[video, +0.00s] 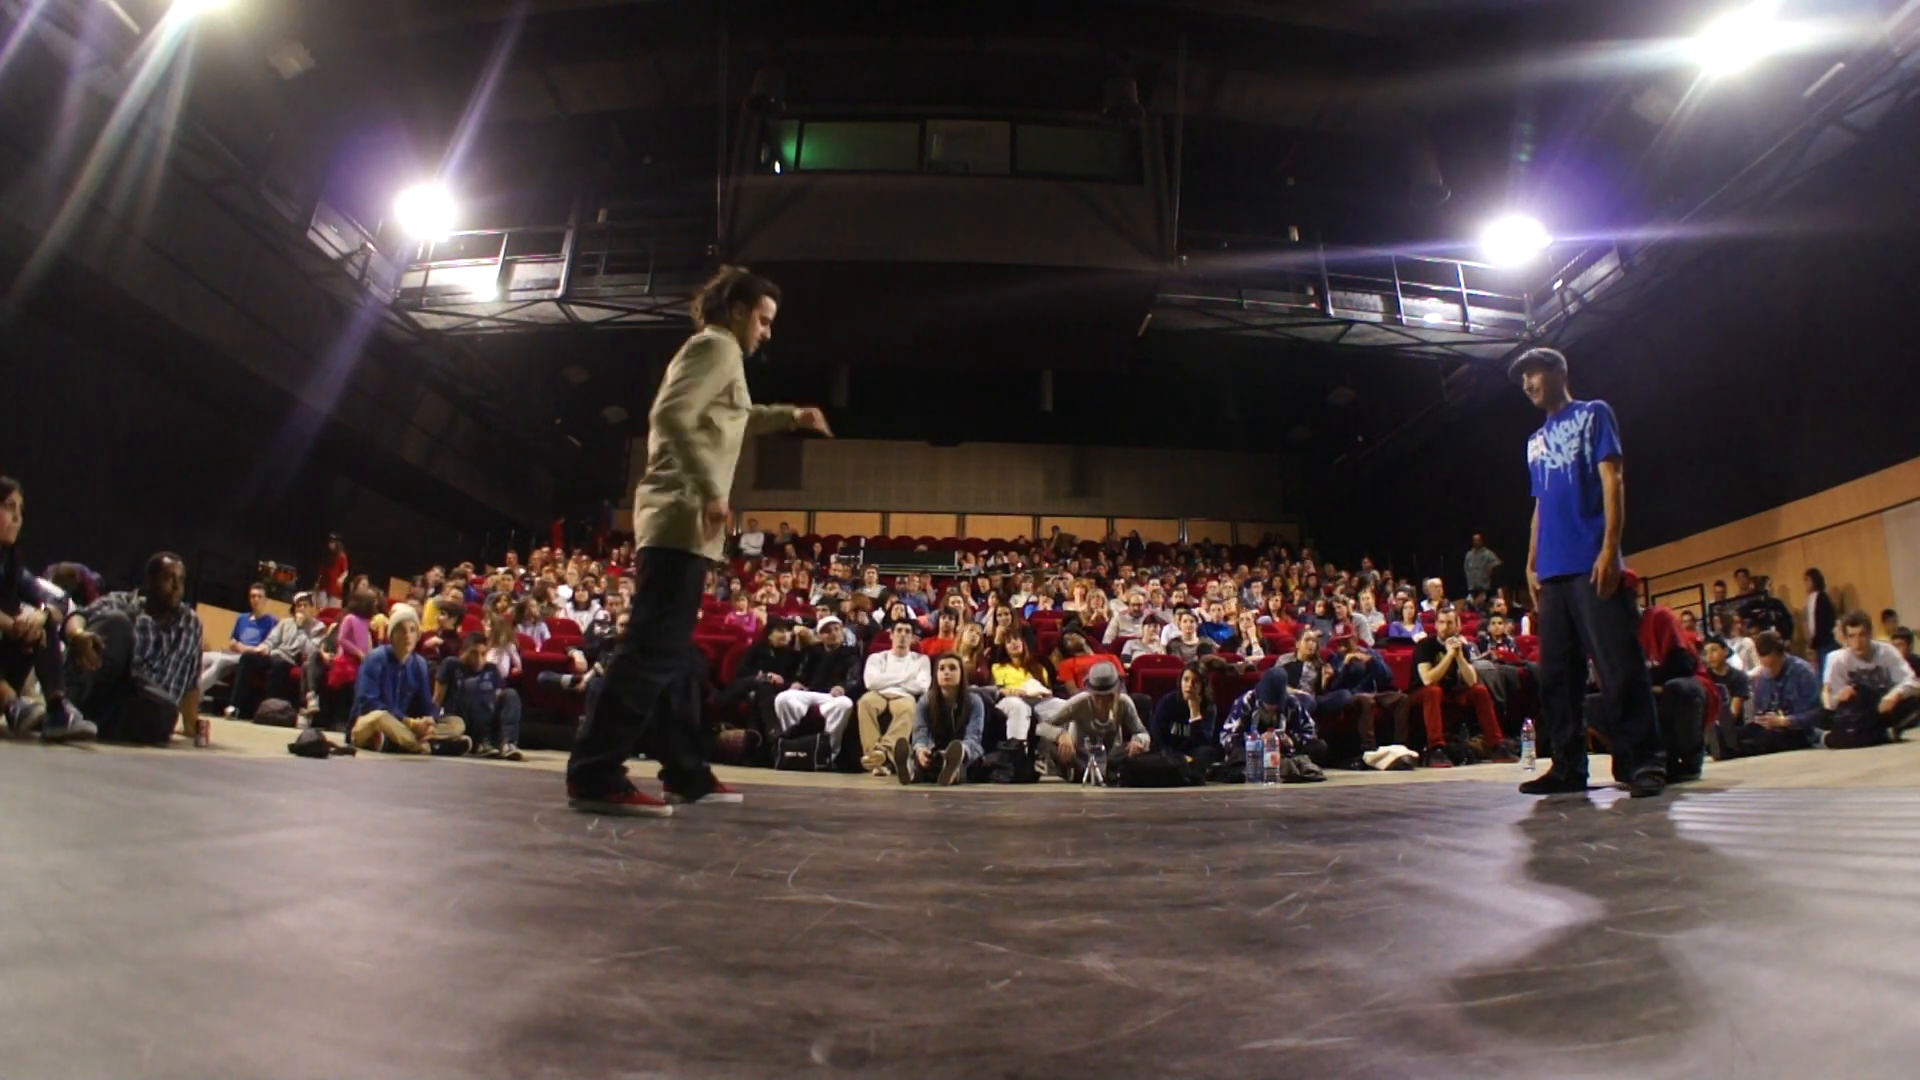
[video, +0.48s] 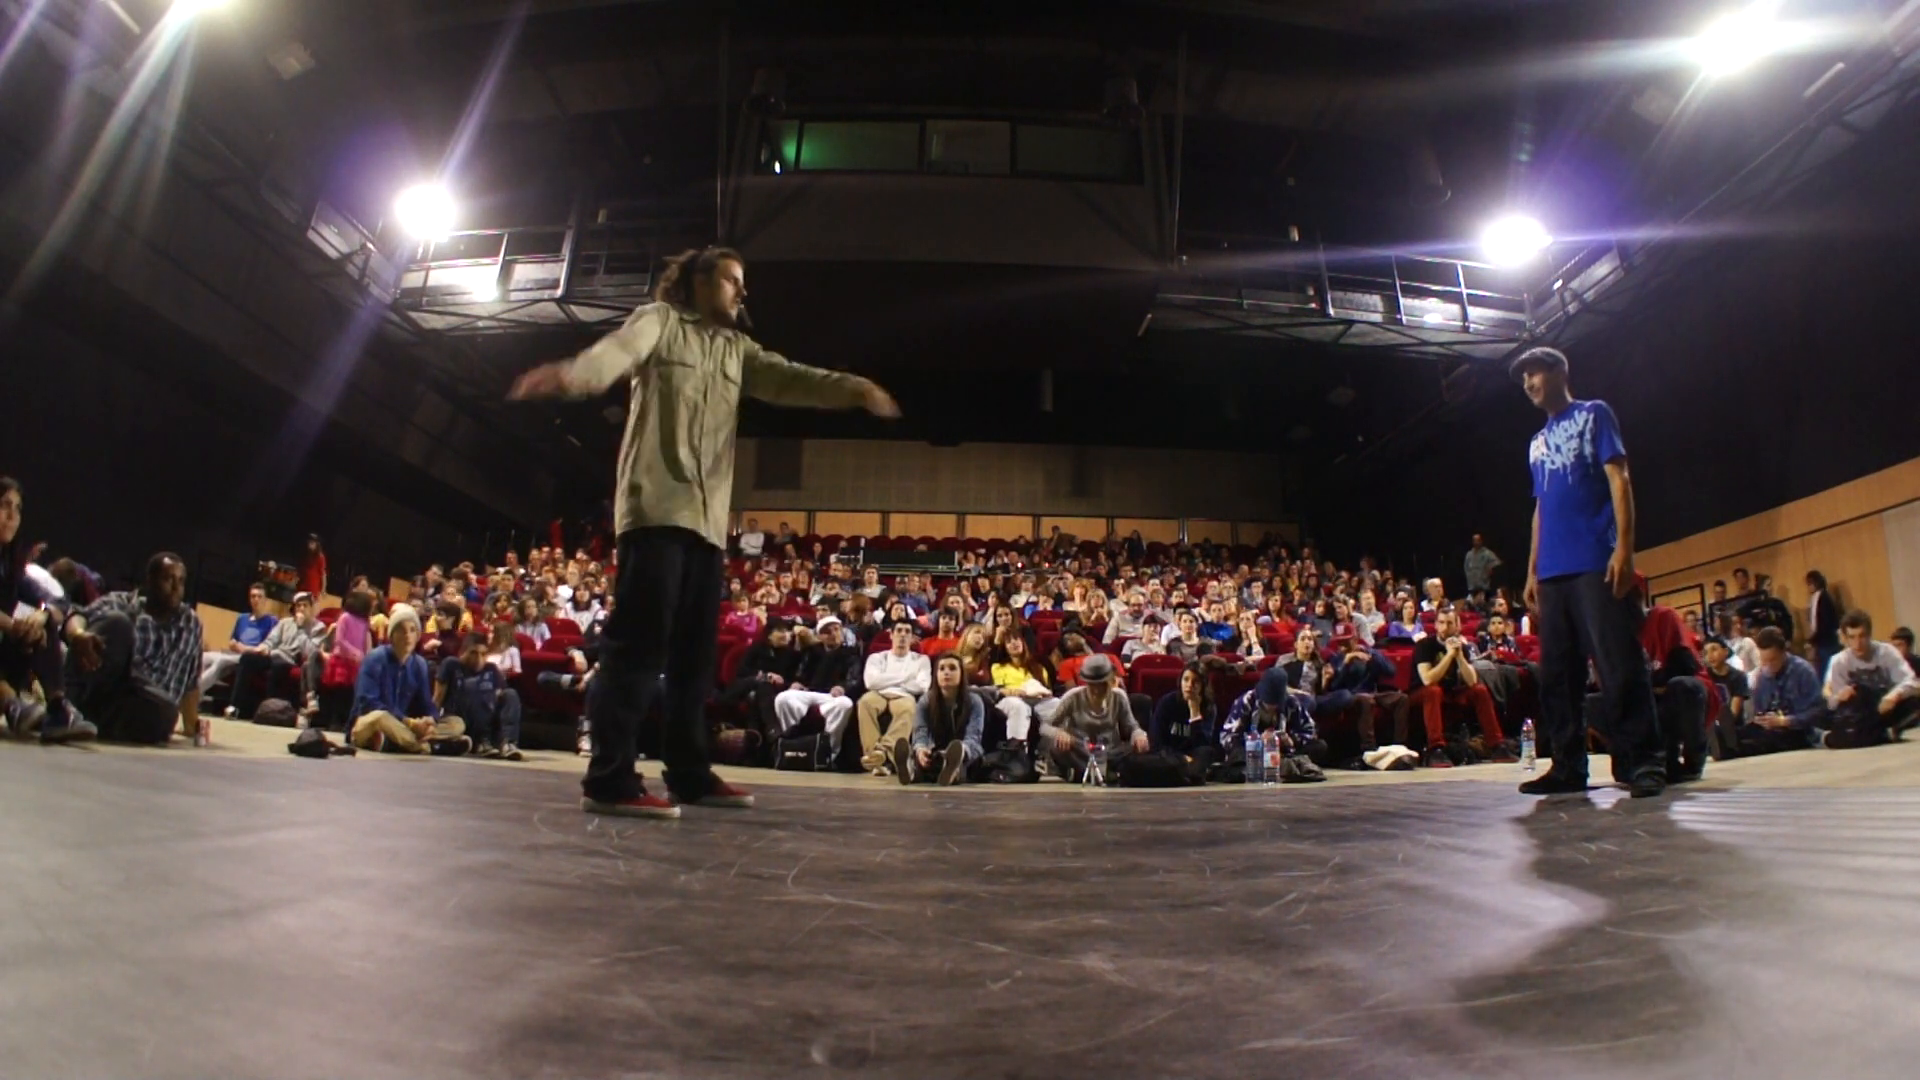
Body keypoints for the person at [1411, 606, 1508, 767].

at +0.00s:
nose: (1445, 627)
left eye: (1450, 623)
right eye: (1441, 622)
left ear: (1457, 625)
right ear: (1436, 624)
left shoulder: (1462, 646)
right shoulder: (1425, 645)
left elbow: (1471, 681)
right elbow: (1427, 678)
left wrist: (1459, 655)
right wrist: (1449, 655)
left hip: (1454, 691)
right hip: (1426, 693)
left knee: (1480, 691)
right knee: (1433, 691)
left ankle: (1497, 745)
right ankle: (1436, 749)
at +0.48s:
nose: (1445, 627)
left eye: (1450, 623)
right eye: (1441, 623)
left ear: (1457, 625)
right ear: (1436, 625)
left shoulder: (1462, 646)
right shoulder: (1424, 646)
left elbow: (1472, 681)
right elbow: (1427, 678)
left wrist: (1459, 655)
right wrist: (1449, 655)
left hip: (1455, 691)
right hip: (1429, 693)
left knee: (1480, 691)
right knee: (1433, 691)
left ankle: (1497, 745)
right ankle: (1436, 749)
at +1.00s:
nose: (1446, 628)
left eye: (1450, 623)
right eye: (1441, 623)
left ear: (1458, 626)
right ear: (1436, 625)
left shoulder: (1463, 646)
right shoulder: (1424, 645)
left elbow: (1472, 681)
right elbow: (1427, 679)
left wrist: (1459, 654)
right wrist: (1449, 655)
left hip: (1454, 691)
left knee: (1480, 691)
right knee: (1433, 691)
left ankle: (1497, 745)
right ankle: (1436, 749)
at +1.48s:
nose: (1445, 627)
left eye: (1450, 623)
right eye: (1441, 623)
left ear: (1457, 625)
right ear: (1436, 624)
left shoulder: (1462, 646)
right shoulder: (1424, 645)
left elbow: (1472, 681)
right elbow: (1427, 678)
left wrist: (1459, 655)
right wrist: (1449, 655)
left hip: (1454, 691)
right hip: (1427, 693)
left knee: (1480, 690)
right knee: (1433, 691)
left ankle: (1497, 745)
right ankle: (1436, 749)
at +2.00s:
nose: (1445, 628)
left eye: (1450, 623)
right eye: (1441, 623)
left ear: (1457, 626)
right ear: (1435, 624)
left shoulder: (1462, 646)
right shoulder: (1424, 645)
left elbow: (1471, 681)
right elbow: (1427, 678)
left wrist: (1459, 654)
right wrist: (1449, 655)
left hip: (1454, 691)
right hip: (1427, 693)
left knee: (1480, 691)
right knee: (1433, 691)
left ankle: (1497, 745)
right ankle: (1436, 749)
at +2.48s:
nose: (1445, 628)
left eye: (1450, 623)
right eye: (1441, 623)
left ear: (1457, 626)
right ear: (1436, 624)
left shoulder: (1462, 646)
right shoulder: (1424, 646)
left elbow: (1471, 681)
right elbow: (1427, 678)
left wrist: (1459, 654)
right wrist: (1449, 655)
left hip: (1454, 693)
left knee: (1480, 691)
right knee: (1433, 691)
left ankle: (1497, 745)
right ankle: (1437, 749)